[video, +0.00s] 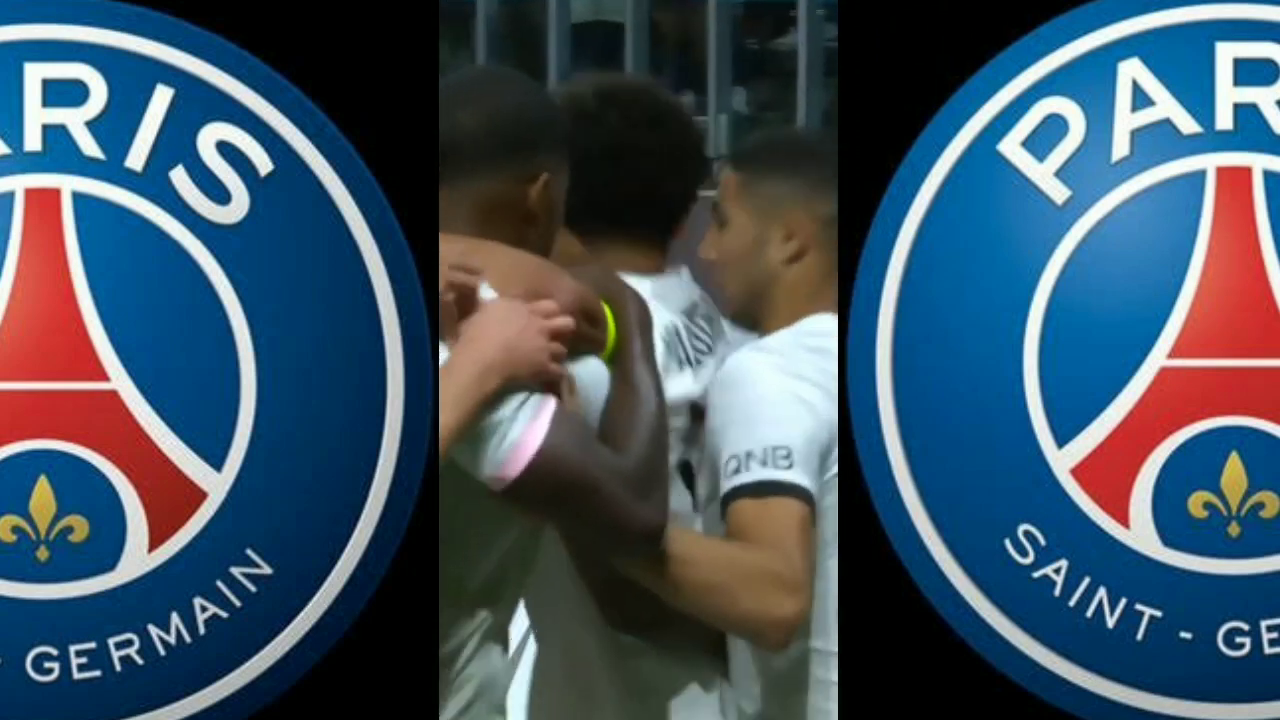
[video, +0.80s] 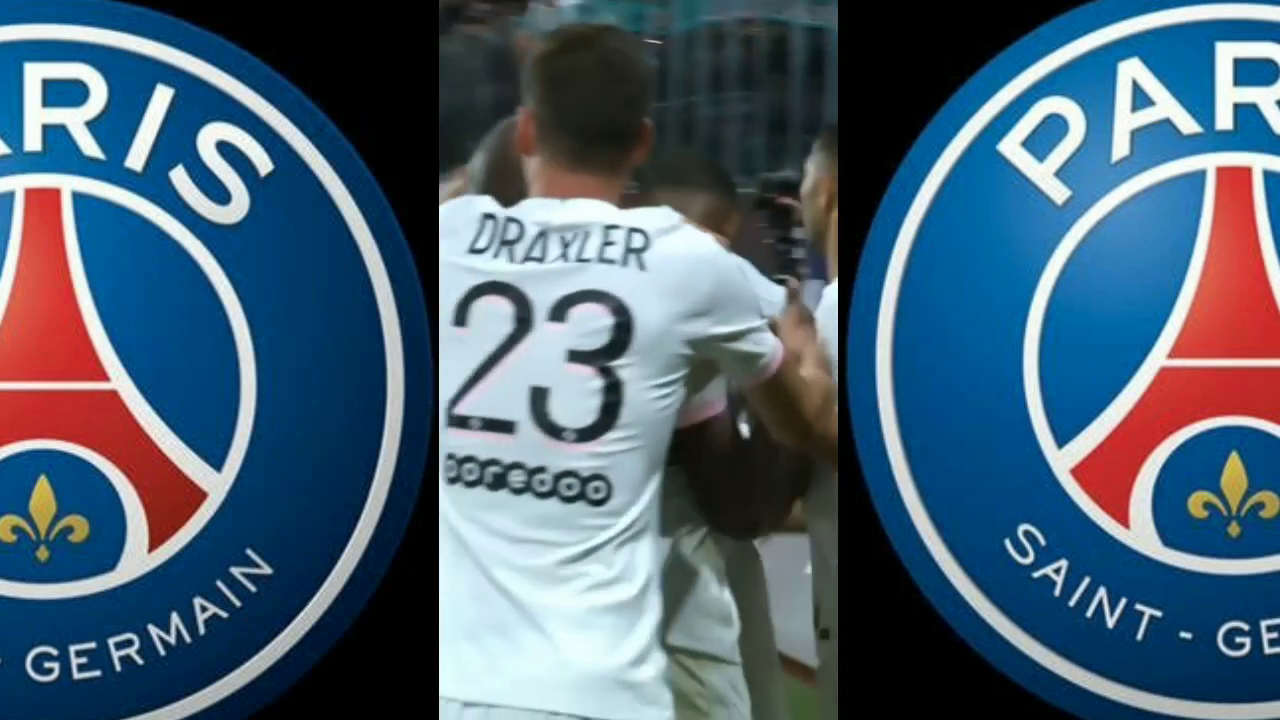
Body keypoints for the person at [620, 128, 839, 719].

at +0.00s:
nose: (705, 249)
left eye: (722, 223)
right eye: (713, 223)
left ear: (792, 243)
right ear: (796, 244)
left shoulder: (766, 374)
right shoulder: (897, 352)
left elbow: (774, 597)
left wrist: (602, 519)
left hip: (803, 701)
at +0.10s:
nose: (723, 231)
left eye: (752, 204)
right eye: (732, 203)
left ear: (829, 229)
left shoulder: (814, 365)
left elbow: (783, 579)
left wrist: (618, 493)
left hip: (788, 702)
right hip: (762, 688)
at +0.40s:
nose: (664, 180)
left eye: (693, 159)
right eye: (673, 155)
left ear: (762, 184)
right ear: (760, 186)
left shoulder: (763, 314)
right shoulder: (790, 292)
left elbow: (777, 529)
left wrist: (648, 433)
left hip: (778, 679)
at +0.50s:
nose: (660, 168)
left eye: (673, 146)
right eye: (666, 147)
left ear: (716, 164)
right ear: (724, 163)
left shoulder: (747, 298)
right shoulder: (806, 268)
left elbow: (792, 506)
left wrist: (675, 430)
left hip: (780, 654)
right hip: (817, 640)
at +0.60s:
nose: (712, 183)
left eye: (718, 167)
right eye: (716, 167)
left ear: (742, 180)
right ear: (817, 183)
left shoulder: (784, 299)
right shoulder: (828, 275)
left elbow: (821, 494)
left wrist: (726, 423)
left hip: (808, 635)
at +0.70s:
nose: (755, 193)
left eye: (761, 177)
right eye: (760, 177)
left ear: (783, 189)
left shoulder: (811, 303)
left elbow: (838, 471)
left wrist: (756, 412)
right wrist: (762, 410)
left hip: (826, 616)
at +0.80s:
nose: (797, 201)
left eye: (806, 186)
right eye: (805, 186)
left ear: (830, 196)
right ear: (823, 198)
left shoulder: (832, 308)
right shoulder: (813, 306)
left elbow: (815, 425)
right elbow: (809, 424)